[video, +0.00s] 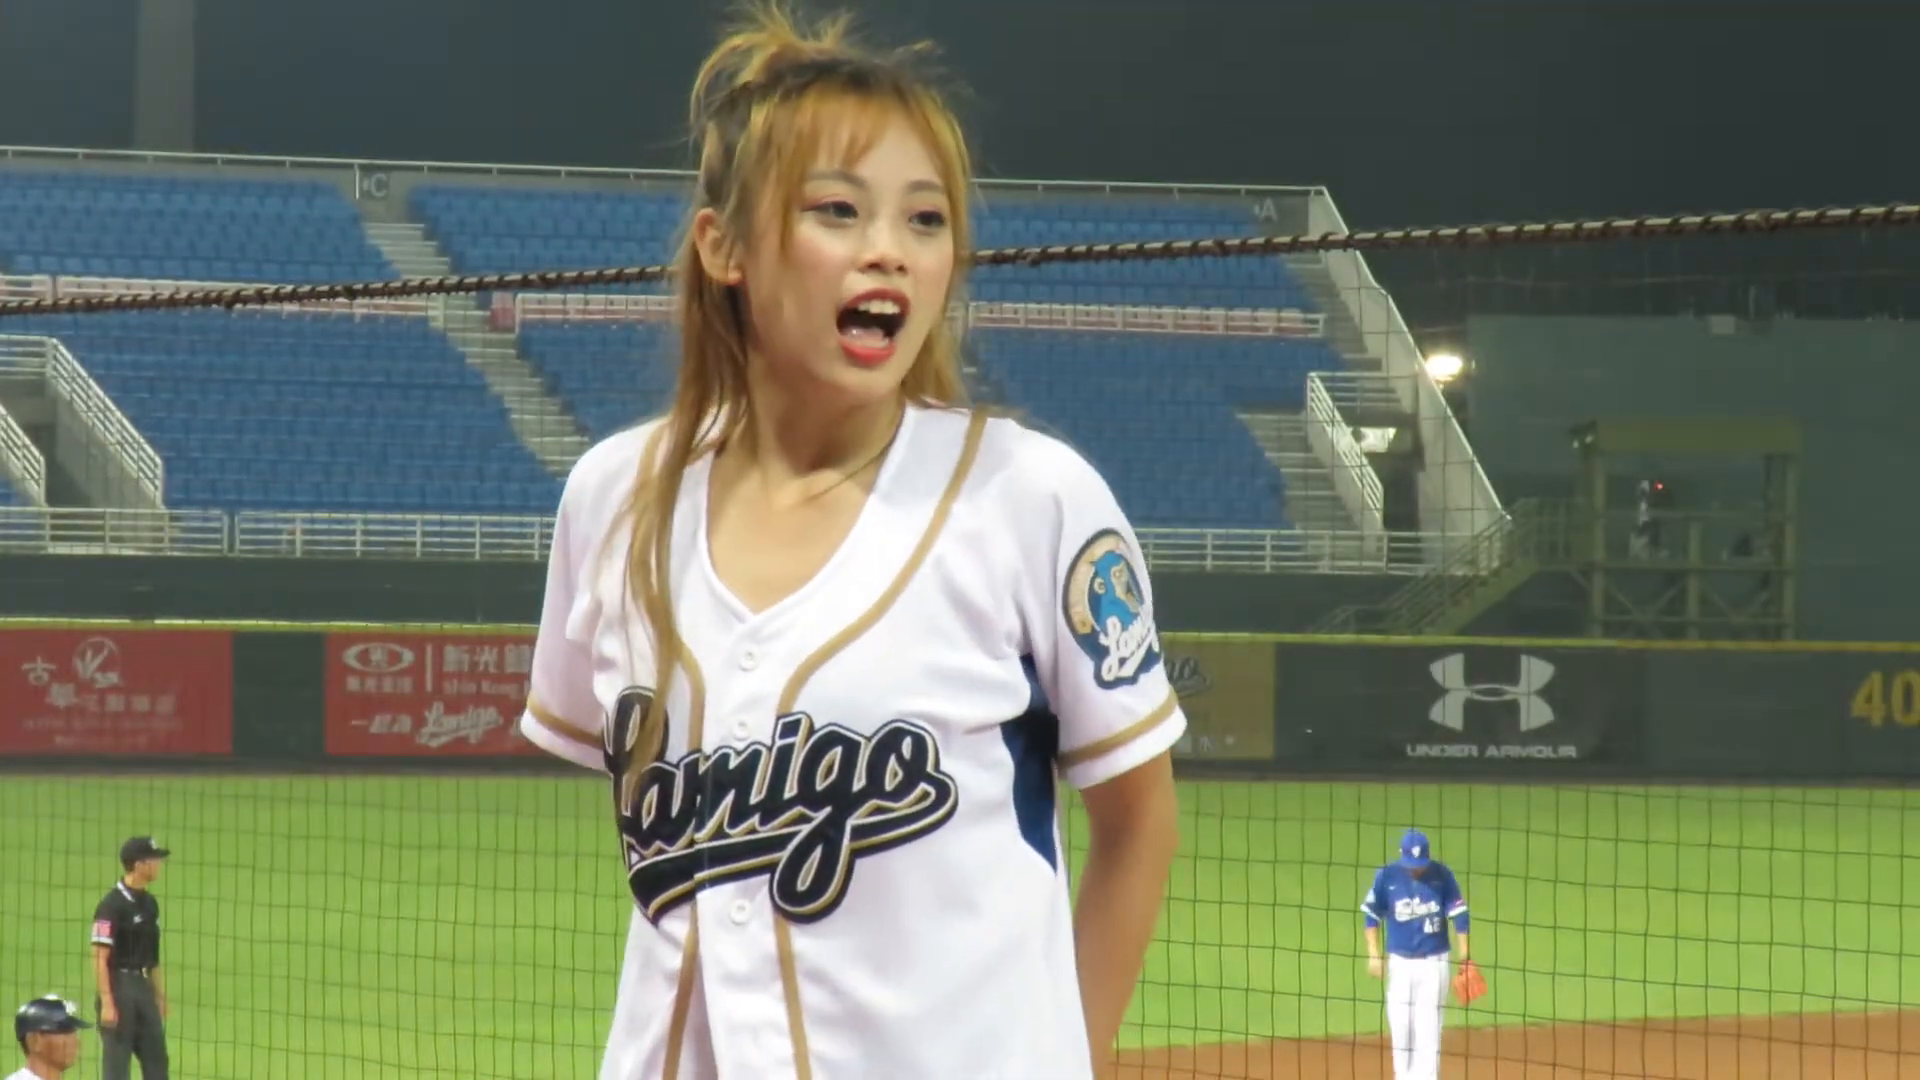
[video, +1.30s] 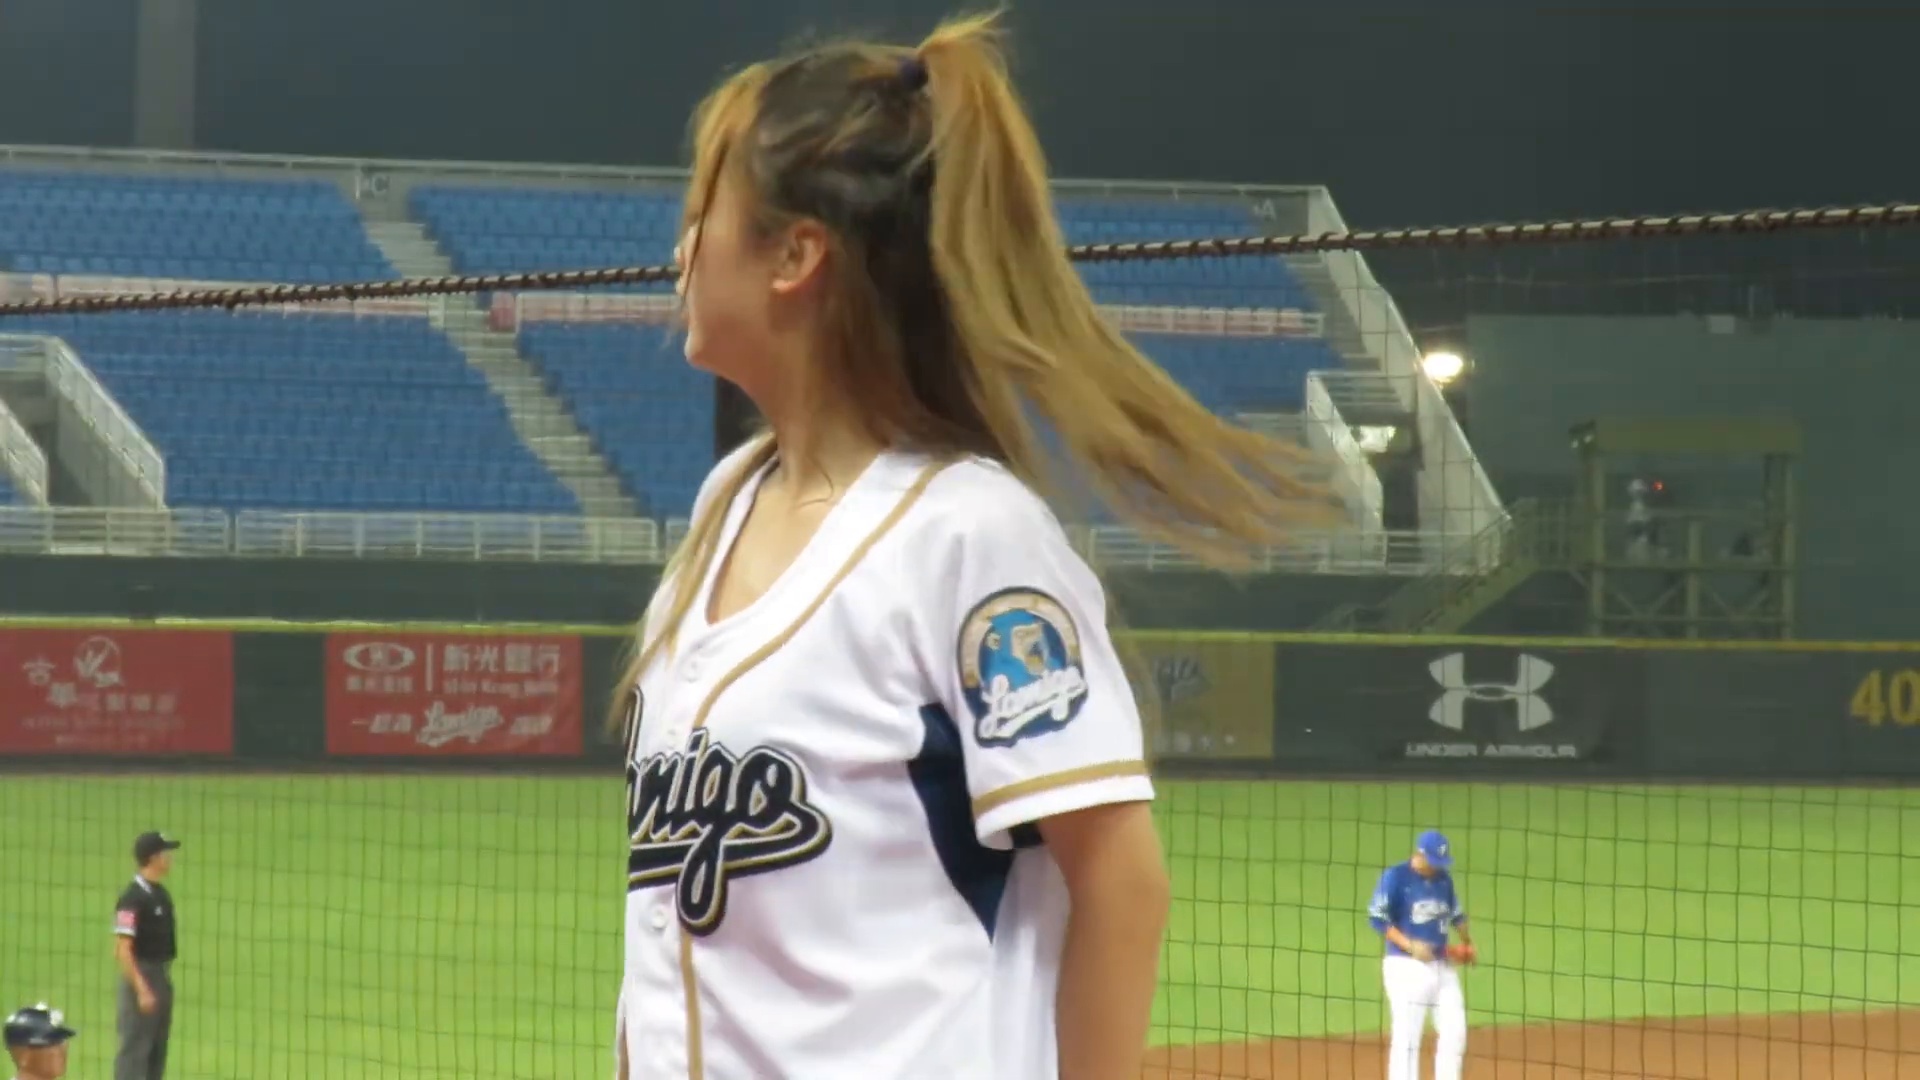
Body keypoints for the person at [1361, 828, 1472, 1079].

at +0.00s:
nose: (1416, 870)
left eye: (1420, 865)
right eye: (1411, 865)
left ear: (1428, 857)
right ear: (1402, 858)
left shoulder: (1441, 875)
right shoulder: (1387, 876)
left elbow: (1460, 916)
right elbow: (1371, 914)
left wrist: (1464, 959)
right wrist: (1374, 955)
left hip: (1434, 963)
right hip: (1399, 963)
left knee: (1428, 1028)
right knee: (1400, 1027)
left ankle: (1427, 1075)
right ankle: (1402, 1075)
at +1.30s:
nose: (1436, 869)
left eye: (1439, 865)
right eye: (1433, 864)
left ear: (1442, 860)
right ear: (1419, 855)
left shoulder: (1443, 879)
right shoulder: (1394, 877)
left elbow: (1456, 916)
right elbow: (1377, 918)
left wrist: (1467, 943)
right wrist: (1410, 945)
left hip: (1441, 964)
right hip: (1405, 965)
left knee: (1454, 1036)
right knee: (1406, 1040)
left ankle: (1447, 1076)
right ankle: (1403, 1077)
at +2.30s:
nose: (1477, 848)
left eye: (1480, 843)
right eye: (1471, 843)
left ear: (1485, 847)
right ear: (1458, 846)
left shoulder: (1491, 882)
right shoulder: (1439, 877)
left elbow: (1506, 927)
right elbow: (1420, 917)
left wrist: (1514, 905)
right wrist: (1448, 909)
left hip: (1483, 966)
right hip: (1449, 964)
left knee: (1477, 1039)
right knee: (1459, 1037)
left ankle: (1473, 1077)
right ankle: (1461, 1077)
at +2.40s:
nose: (1474, 848)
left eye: (1478, 842)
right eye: (1469, 842)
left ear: (1484, 846)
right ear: (1457, 846)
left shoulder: (1491, 882)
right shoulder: (1440, 878)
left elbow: (1507, 926)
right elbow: (1420, 917)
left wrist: (1516, 906)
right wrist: (1446, 904)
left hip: (1483, 966)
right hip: (1450, 964)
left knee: (1477, 1040)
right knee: (1462, 1039)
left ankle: (1472, 1077)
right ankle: (1463, 1077)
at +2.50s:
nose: (1472, 848)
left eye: (1477, 842)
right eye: (1466, 842)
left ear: (1482, 846)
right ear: (1455, 847)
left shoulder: (1490, 882)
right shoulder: (1439, 878)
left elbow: (1505, 924)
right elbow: (1423, 918)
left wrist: (1517, 902)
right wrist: (1445, 899)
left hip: (1483, 966)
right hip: (1450, 964)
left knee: (1477, 1040)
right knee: (1462, 1038)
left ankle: (1472, 1077)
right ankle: (1457, 1076)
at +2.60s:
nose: (1469, 848)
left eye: (1473, 842)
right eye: (1462, 842)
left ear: (1479, 846)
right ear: (1451, 846)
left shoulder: (1489, 882)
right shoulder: (1438, 878)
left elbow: (1502, 925)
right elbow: (1430, 920)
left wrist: (1510, 898)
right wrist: (1452, 892)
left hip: (1483, 966)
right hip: (1451, 964)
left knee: (1477, 1040)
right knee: (1459, 1035)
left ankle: (1472, 1078)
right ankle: (1449, 1077)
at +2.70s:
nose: (1466, 847)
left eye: (1470, 841)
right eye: (1459, 842)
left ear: (1475, 845)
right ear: (1448, 846)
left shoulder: (1484, 879)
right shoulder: (1437, 878)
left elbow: (1502, 923)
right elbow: (1434, 920)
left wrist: (1494, 903)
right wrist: (1465, 893)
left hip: (1482, 967)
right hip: (1449, 965)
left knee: (1475, 1041)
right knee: (1452, 1035)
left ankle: (1470, 1078)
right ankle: (1430, 1076)